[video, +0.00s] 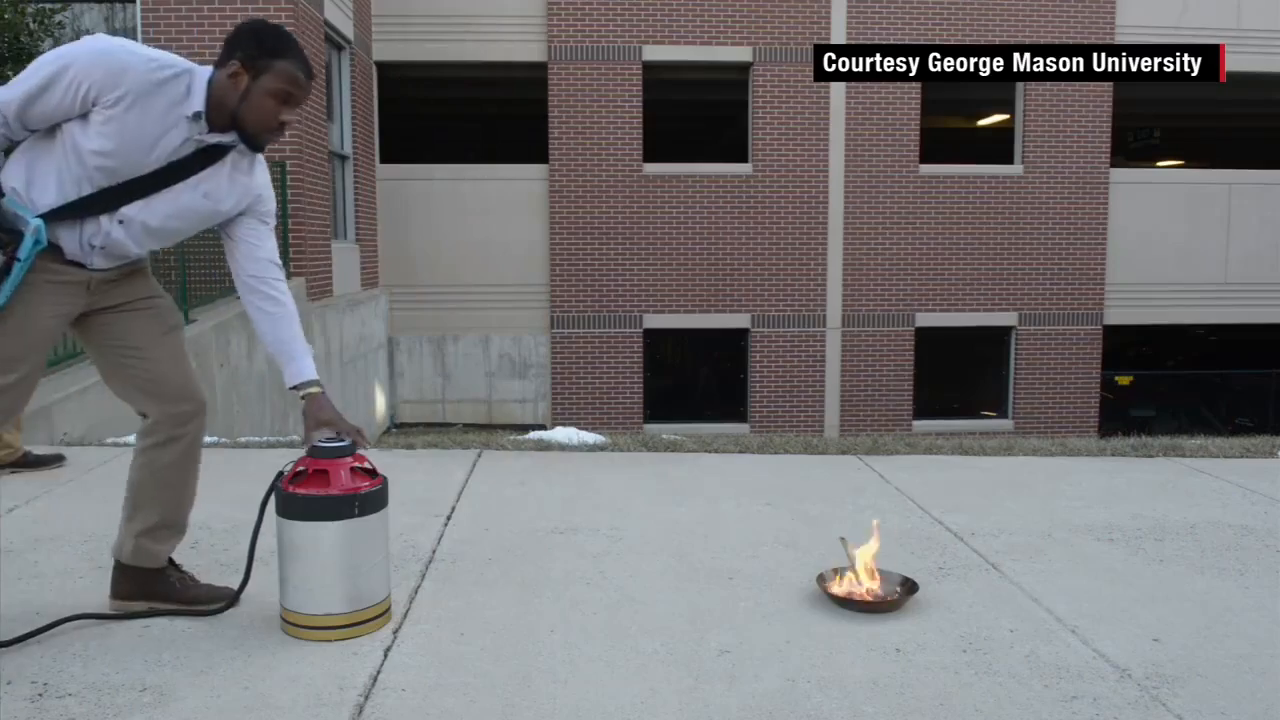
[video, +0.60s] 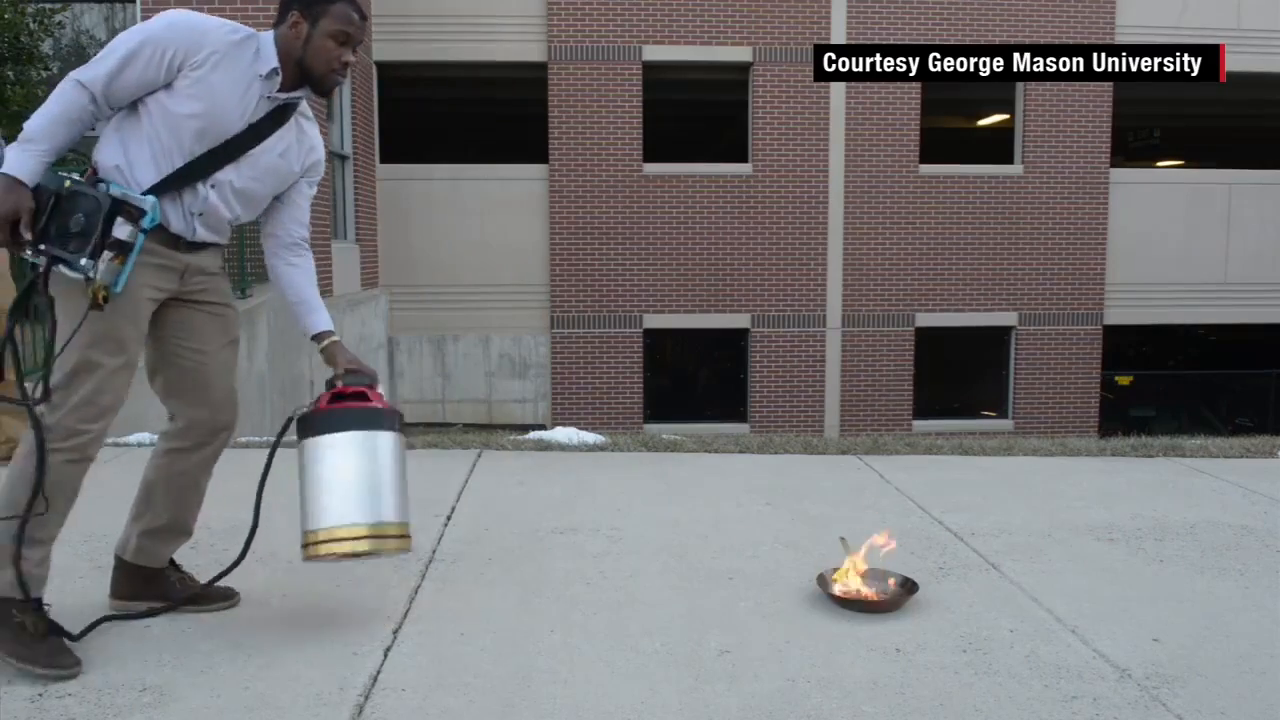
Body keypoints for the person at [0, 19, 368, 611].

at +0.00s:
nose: (286, 121)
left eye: (295, 109)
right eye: (282, 100)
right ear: (235, 74)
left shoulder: (247, 185)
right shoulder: (113, 67)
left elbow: (266, 289)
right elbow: (7, 113)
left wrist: (312, 394)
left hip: (119, 275)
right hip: (30, 257)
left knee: (179, 408)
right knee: (3, 419)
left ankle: (142, 570)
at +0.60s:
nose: (352, 60)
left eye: (358, 49)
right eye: (342, 40)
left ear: (350, 55)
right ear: (293, 25)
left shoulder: (304, 149)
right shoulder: (197, 38)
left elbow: (290, 251)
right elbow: (89, 88)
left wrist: (332, 346)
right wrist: (18, 172)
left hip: (199, 267)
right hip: (115, 243)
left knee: (208, 415)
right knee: (74, 422)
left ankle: (144, 570)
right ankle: (13, 597)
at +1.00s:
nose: (362, 8)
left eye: (363, 1)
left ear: (342, 7)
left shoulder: (335, 82)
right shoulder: (222, 15)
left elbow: (326, 192)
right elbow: (130, 101)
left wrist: (390, 265)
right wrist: (126, 204)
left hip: (272, 257)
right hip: (214, 249)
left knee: (214, 419)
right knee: (262, 424)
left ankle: (145, 562)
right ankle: (312, 598)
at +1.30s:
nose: (411, 1)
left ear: (397, 4)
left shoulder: (392, 68)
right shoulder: (282, 14)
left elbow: (400, 180)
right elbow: (213, 118)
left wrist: (470, 259)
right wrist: (234, 224)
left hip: (380, 259)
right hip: (320, 256)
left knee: (420, 399)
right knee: (360, 432)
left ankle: (292, 501)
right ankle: (337, 607)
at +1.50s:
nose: (477, 0)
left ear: (457, 5)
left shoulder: (457, 74)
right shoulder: (343, 9)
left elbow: (463, 185)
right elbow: (273, 107)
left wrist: (523, 269)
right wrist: (281, 215)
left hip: (443, 249)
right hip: (372, 251)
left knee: (482, 398)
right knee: (372, 434)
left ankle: (512, 548)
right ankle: (337, 605)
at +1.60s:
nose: (507, 4)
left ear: (486, 6)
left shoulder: (485, 81)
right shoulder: (372, 10)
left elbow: (488, 191)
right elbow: (299, 107)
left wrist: (543, 277)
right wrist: (301, 211)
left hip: (464, 253)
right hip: (389, 251)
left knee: (503, 403)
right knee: (385, 434)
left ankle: (546, 547)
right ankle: (340, 602)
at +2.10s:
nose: (658, 32)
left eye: (664, 20)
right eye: (655, 16)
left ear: (625, 10)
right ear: (617, 2)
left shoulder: (617, 105)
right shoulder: (522, 18)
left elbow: (603, 211)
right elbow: (442, 94)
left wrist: (631, 298)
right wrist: (412, 187)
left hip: (575, 250)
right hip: (499, 235)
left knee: (568, 408)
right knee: (479, 407)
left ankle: (558, 556)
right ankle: (424, 567)